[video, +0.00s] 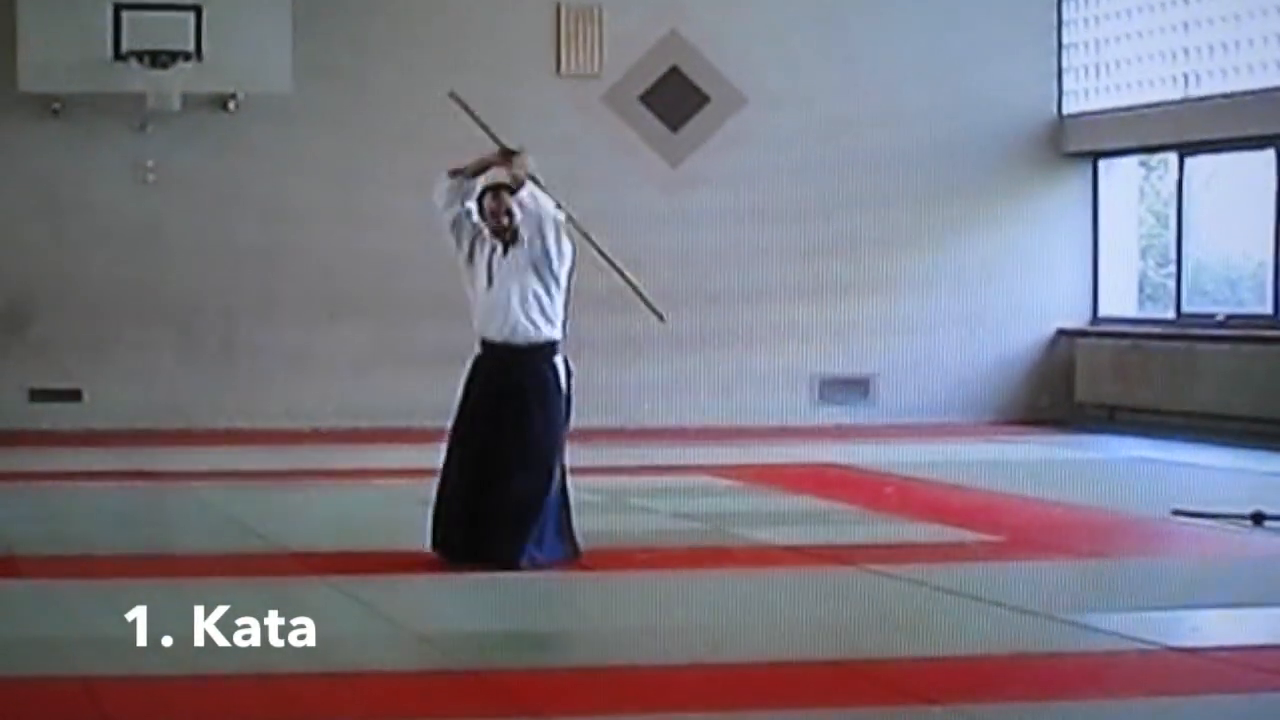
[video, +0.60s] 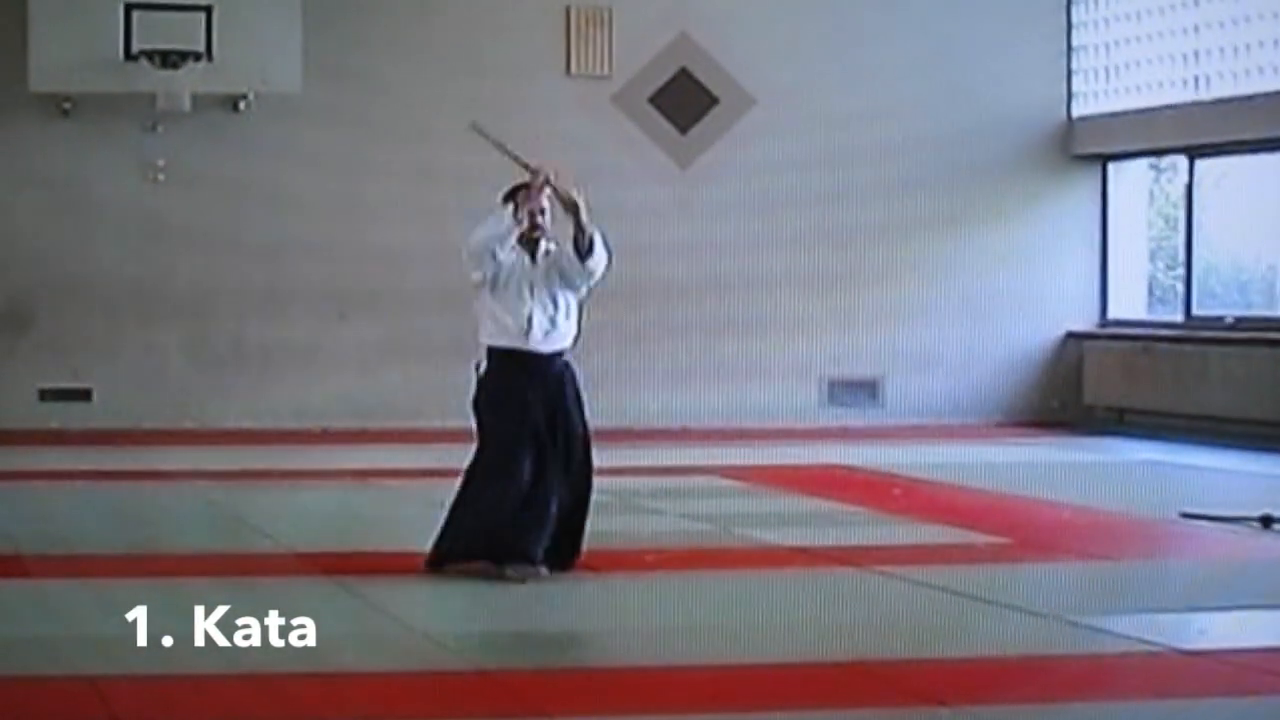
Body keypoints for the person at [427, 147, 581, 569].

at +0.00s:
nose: (497, 217)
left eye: (503, 209)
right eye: (490, 212)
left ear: (519, 210)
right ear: (481, 216)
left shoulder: (546, 249)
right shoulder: (478, 249)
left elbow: (547, 220)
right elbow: (448, 202)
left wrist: (523, 184)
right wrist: (485, 165)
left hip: (536, 358)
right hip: (491, 356)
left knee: (531, 458)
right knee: (472, 450)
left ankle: (526, 546)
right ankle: (465, 544)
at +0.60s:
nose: (535, 218)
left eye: (542, 210)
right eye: (526, 210)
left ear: (551, 216)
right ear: (511, 215)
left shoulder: (562, 263)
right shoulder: (498, 260)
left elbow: (592, 266)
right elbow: (477, 251)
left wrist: (578, 216)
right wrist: (516, 208)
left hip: (554, 367)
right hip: (507, 365)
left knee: (564, 462)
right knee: (510, 461)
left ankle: (540, 553)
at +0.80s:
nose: (540, 219)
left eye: (546, 211)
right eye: (532, 210)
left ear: (554, 215)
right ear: (514, 215)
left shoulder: (569, 262)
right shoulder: (490, 257)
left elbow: (593, 325)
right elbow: (491, 290)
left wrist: (571, 262)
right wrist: (542, 265)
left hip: (552, 371)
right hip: (508, 370)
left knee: (561, 463)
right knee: (523, 465)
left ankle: (565, 556)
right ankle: (539, 559)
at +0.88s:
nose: (543, 218)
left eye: (548, 210)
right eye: (535, 210)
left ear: (556, 215)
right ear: (516, 214)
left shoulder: (567, 261)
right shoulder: (493, 258)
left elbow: (588, 300)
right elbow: (500, 295)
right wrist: (550, 286)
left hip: (551, 368)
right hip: (509, 369)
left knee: (561, 463)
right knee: (526, 466)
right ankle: (547, 562)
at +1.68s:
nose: (599, 232)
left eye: (605, 226)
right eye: (592, 223)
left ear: (609, 231)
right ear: (570, 224)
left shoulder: (606, 272)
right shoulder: (542, 271)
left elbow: (626, 317)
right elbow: (556, 310)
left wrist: (615, 336)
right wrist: (591, 327)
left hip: (576, 378)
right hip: (537, 377)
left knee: (580, 468)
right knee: (550, 467)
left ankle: (570, 553)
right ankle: (548, 556)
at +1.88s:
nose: (631, 235)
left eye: (638, 227)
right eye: (624, 225)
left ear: (641, 233)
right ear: (600, 225)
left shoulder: (634, 281)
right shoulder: (571, 274)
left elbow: (655, 325)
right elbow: (574, 337)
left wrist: (665, 349)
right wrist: (631, 349)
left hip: (605, 390)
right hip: (564, 388)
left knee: (612, 473)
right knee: (571, 478)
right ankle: (553, 566)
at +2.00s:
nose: (663, 201)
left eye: (670, 193)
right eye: (656, 190)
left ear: (672, 198)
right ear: (628, 190)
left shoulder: (658, 248)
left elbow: (692, 289)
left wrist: (720, 301)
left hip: (639, 384)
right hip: (591, 386)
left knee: (666, 474)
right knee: (577, 492)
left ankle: (662, 581)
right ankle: (533, 599)